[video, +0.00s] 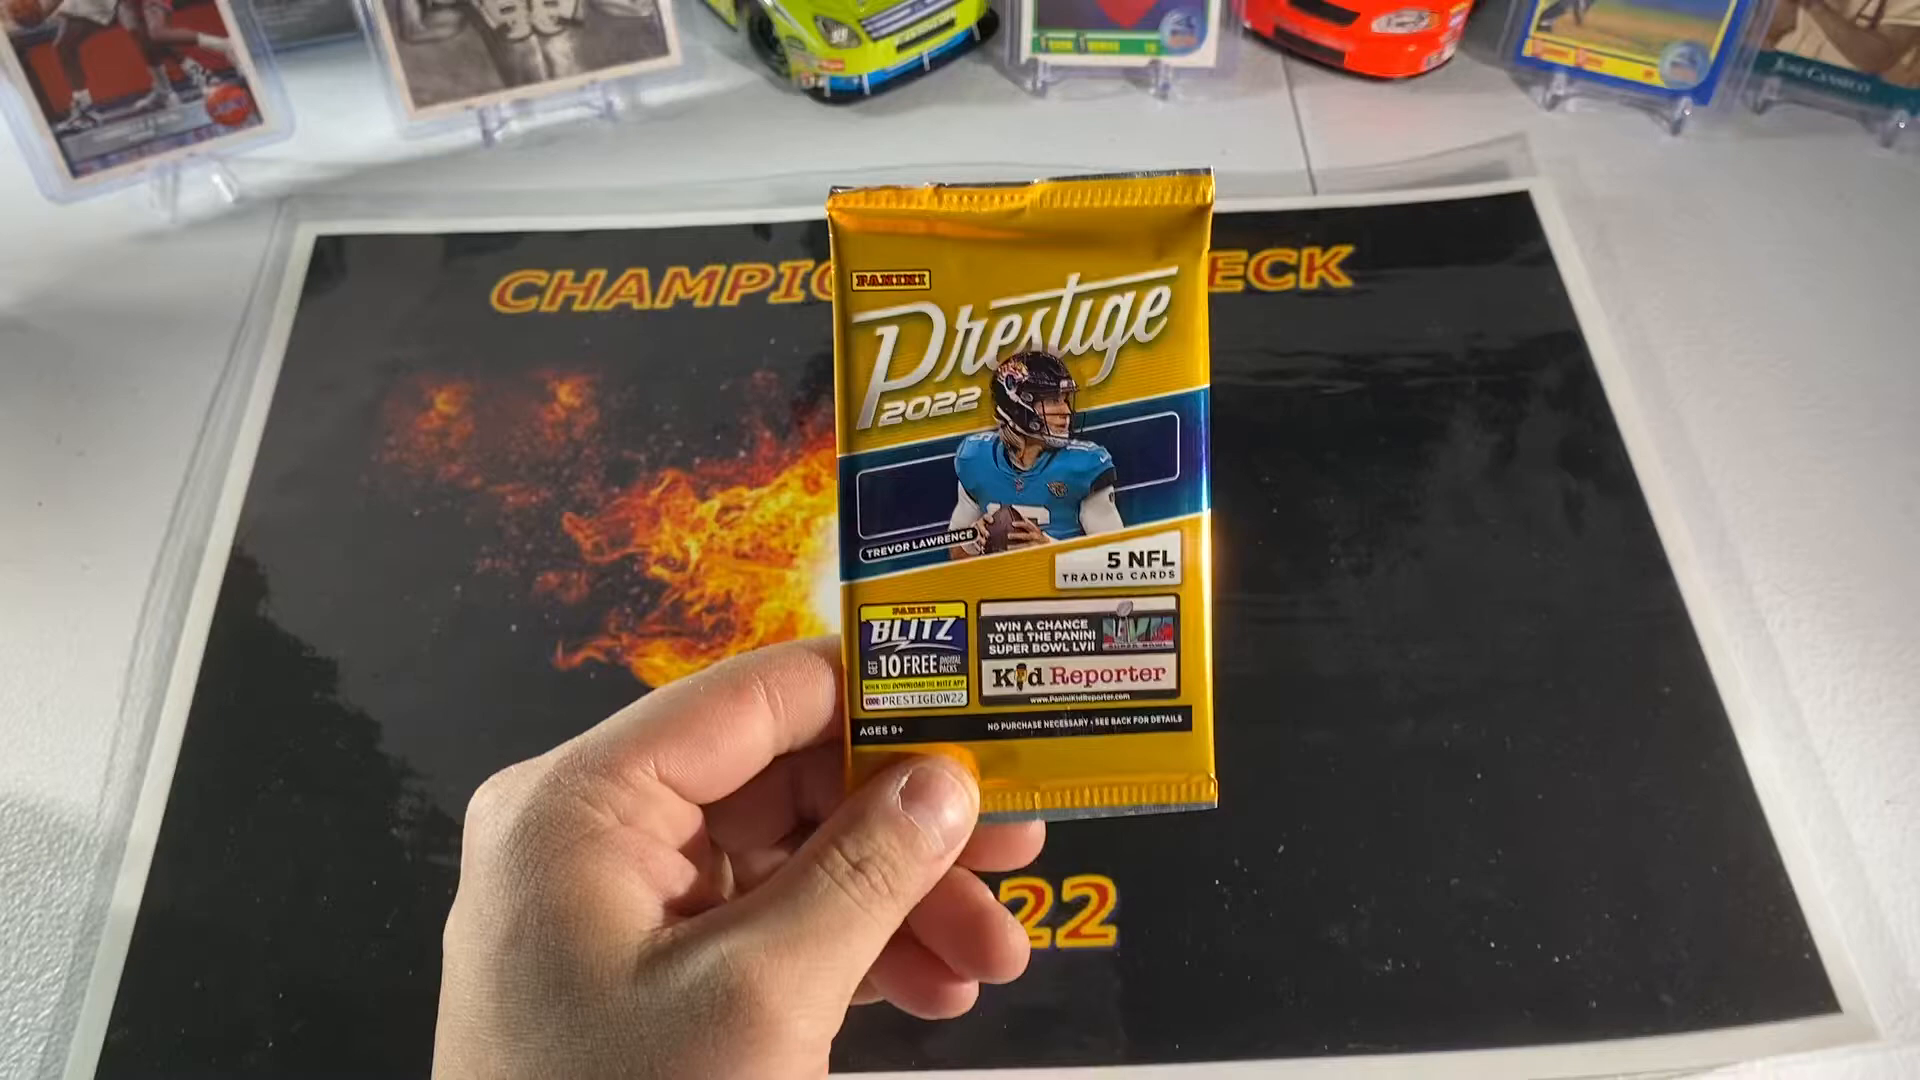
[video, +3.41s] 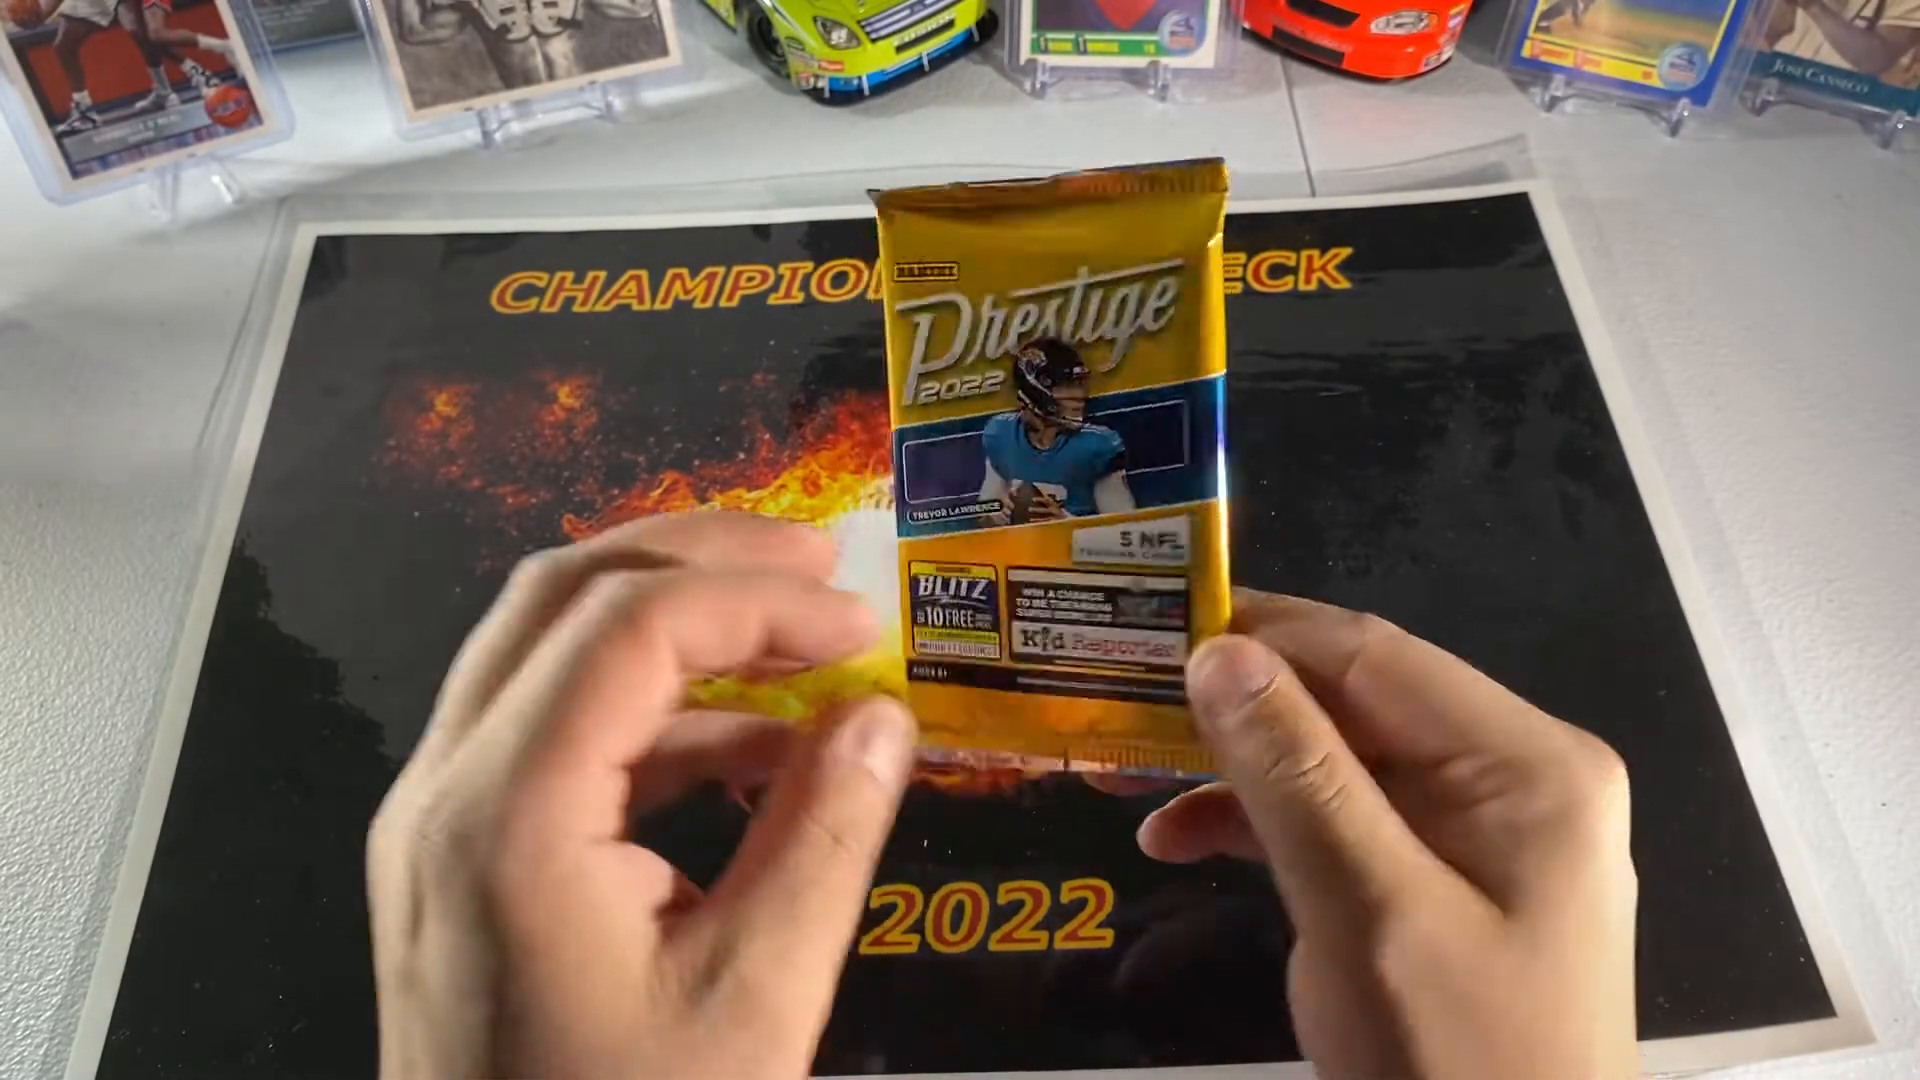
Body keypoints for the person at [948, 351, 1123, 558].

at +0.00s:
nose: (1064, 410)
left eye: (1065, 399)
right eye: (1049, 400)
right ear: (1016, 405)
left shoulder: (1086, 464)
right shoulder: (974, 457)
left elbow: (1114, 553)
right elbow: (957, 550)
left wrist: (1052, 548)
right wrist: (974, 542)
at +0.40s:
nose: (1049, 394)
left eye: (1049, 384)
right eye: (1034, 384)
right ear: (1000, 390)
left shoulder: (1072, 449)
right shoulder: (958, 443)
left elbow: (1101, 538)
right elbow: (942, 537)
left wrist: (1037, 532)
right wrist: (962, 527)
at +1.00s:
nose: (1048, 395)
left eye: (1048, 384)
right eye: (1034, 385)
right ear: (1002, 389)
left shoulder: (1068, 448)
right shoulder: (960, 440)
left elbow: (1096, 534)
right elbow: (942, 531)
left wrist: (1036, 528)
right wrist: (962, 522)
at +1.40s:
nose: (1061, 413)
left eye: (1061, 402)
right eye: (1047, 403)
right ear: (1015, 407)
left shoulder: (1081, 464)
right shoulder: (973, 454)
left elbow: (1106, 548)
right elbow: (957, 546)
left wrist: (1047, 543)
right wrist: (977, 536)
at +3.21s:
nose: (1073, 413)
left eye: (1072, 403)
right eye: (1060, 405)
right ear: (1027, 412)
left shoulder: (1094, 463)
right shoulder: (987, 458)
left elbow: (1124, 546)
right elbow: (974, 549)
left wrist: (1065, 542)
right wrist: (992, 537)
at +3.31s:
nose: (1087, 402)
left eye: (1087, 390)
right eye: (1074, 392)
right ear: (1039, 398)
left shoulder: (1109, 451)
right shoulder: (1001, 445)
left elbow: (1134, 533)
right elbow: (987, 526)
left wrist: (1076, 528)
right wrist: (1005, 522)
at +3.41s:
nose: (1080, 396)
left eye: (1081, 384)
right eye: (1066, 386)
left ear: (1087, 384)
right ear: (1031, 395)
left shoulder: (1100, 446)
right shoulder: (999, 434)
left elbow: (1125, 528)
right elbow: (985, 512)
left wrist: (1069, 522)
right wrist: (1003, 514)